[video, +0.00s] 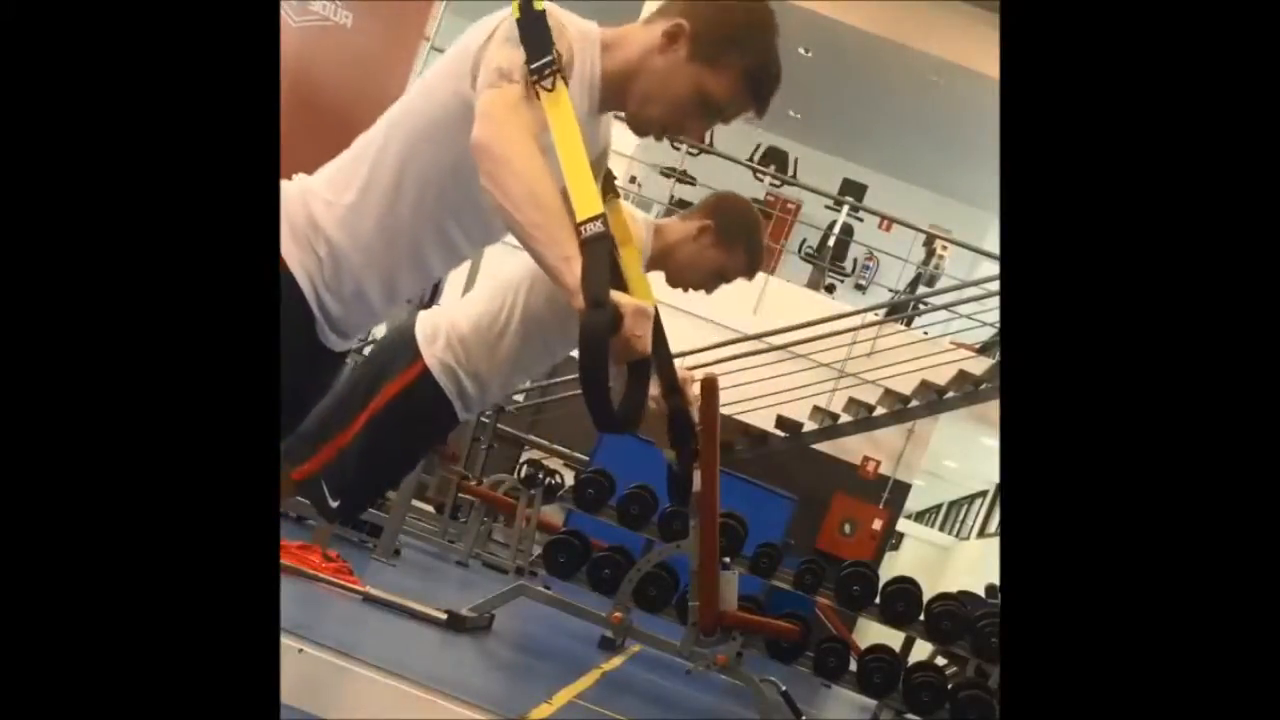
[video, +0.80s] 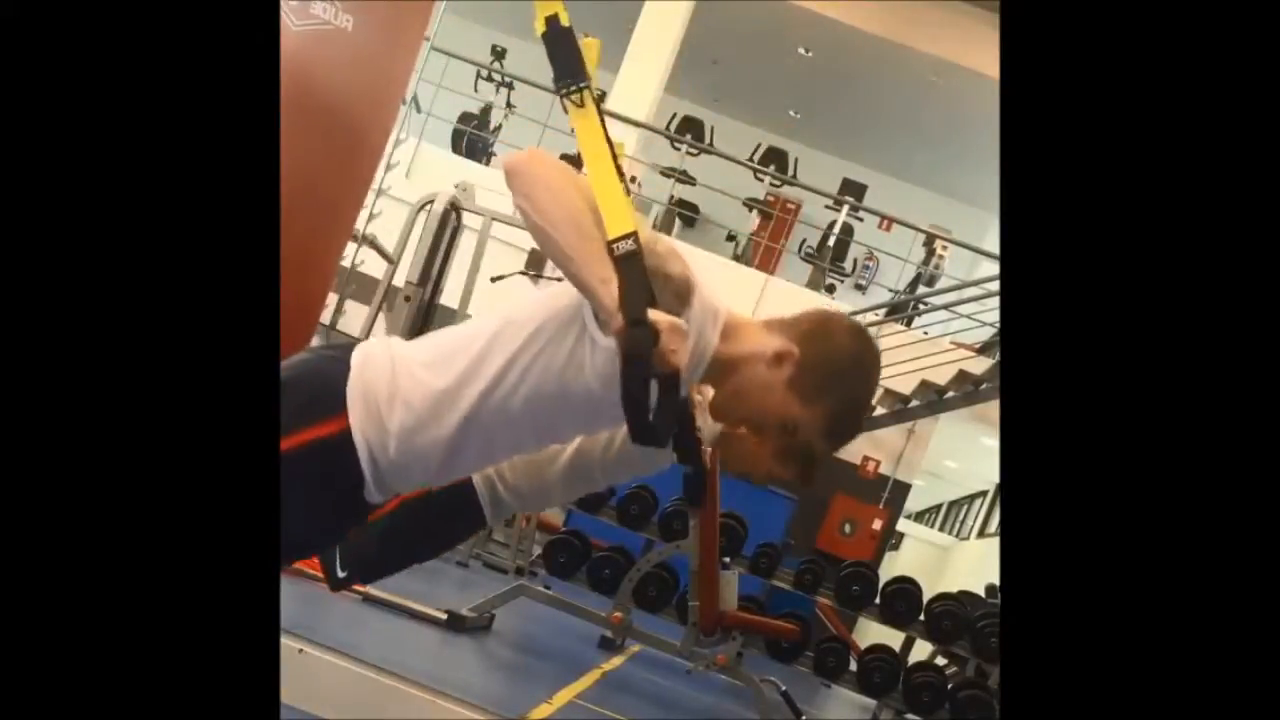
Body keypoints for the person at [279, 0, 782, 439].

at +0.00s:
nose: (699, 137)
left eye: (715, 125)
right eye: (708, 110)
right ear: (673, 39)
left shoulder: (592, 138)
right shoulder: (549, 30)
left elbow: (609, 250)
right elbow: (499, 143)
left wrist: (658, 378)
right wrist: (586, 289)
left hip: (333, 335)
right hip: (290, 273)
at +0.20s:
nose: (718, 190)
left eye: (735, 181)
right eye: (729, 167)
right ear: (701, 98)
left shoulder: (615, 177)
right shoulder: (578, 73)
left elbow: (593, 275)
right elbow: (490, 138)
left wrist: (653, 380)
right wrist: (581, 273)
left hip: (344, 355)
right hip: (299, 290)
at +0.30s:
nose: (727, 234)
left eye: (745, 228)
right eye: (741, 213)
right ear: (719, 146)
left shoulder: (624, 211)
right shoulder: (603, 115)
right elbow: (485, 132)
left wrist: (660, 396)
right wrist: (587, 281)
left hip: (353, 373)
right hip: (310, 316)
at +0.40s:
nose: (743, 287)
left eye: (761, 281)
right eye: (757, 266)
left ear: (739, 195)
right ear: (740, 198)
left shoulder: (646, 244)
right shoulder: (622, 159)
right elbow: (488, 139)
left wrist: (648, 391)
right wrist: (603, 280)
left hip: (360, 400)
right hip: (318, 341)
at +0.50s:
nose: (749, 331)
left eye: (769, 328)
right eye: (768, 315)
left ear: (754, 251)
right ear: (753, 251)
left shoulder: (670, 289)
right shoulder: (645, 202)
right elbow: (504, 168)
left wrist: (668, 408)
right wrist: (629, 307)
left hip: (367, 426)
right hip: (326, 367)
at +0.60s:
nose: (754, 372)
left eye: (776, 373)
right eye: (775, 359)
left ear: (764, 288)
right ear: (767, 294)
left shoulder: (679, 334)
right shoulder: (666, 246)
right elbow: (517, 172)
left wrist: (672, 410)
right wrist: (644, 316)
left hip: (366, 443)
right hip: (333, 393)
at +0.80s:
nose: (758, 434)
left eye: (776, 436)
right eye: (777, 425)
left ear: (780, 355)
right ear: (783, 360)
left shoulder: (693, 391)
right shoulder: (674, 285)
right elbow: (529, 170)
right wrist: (623, 312)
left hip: (368, 471)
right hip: (338, 424)